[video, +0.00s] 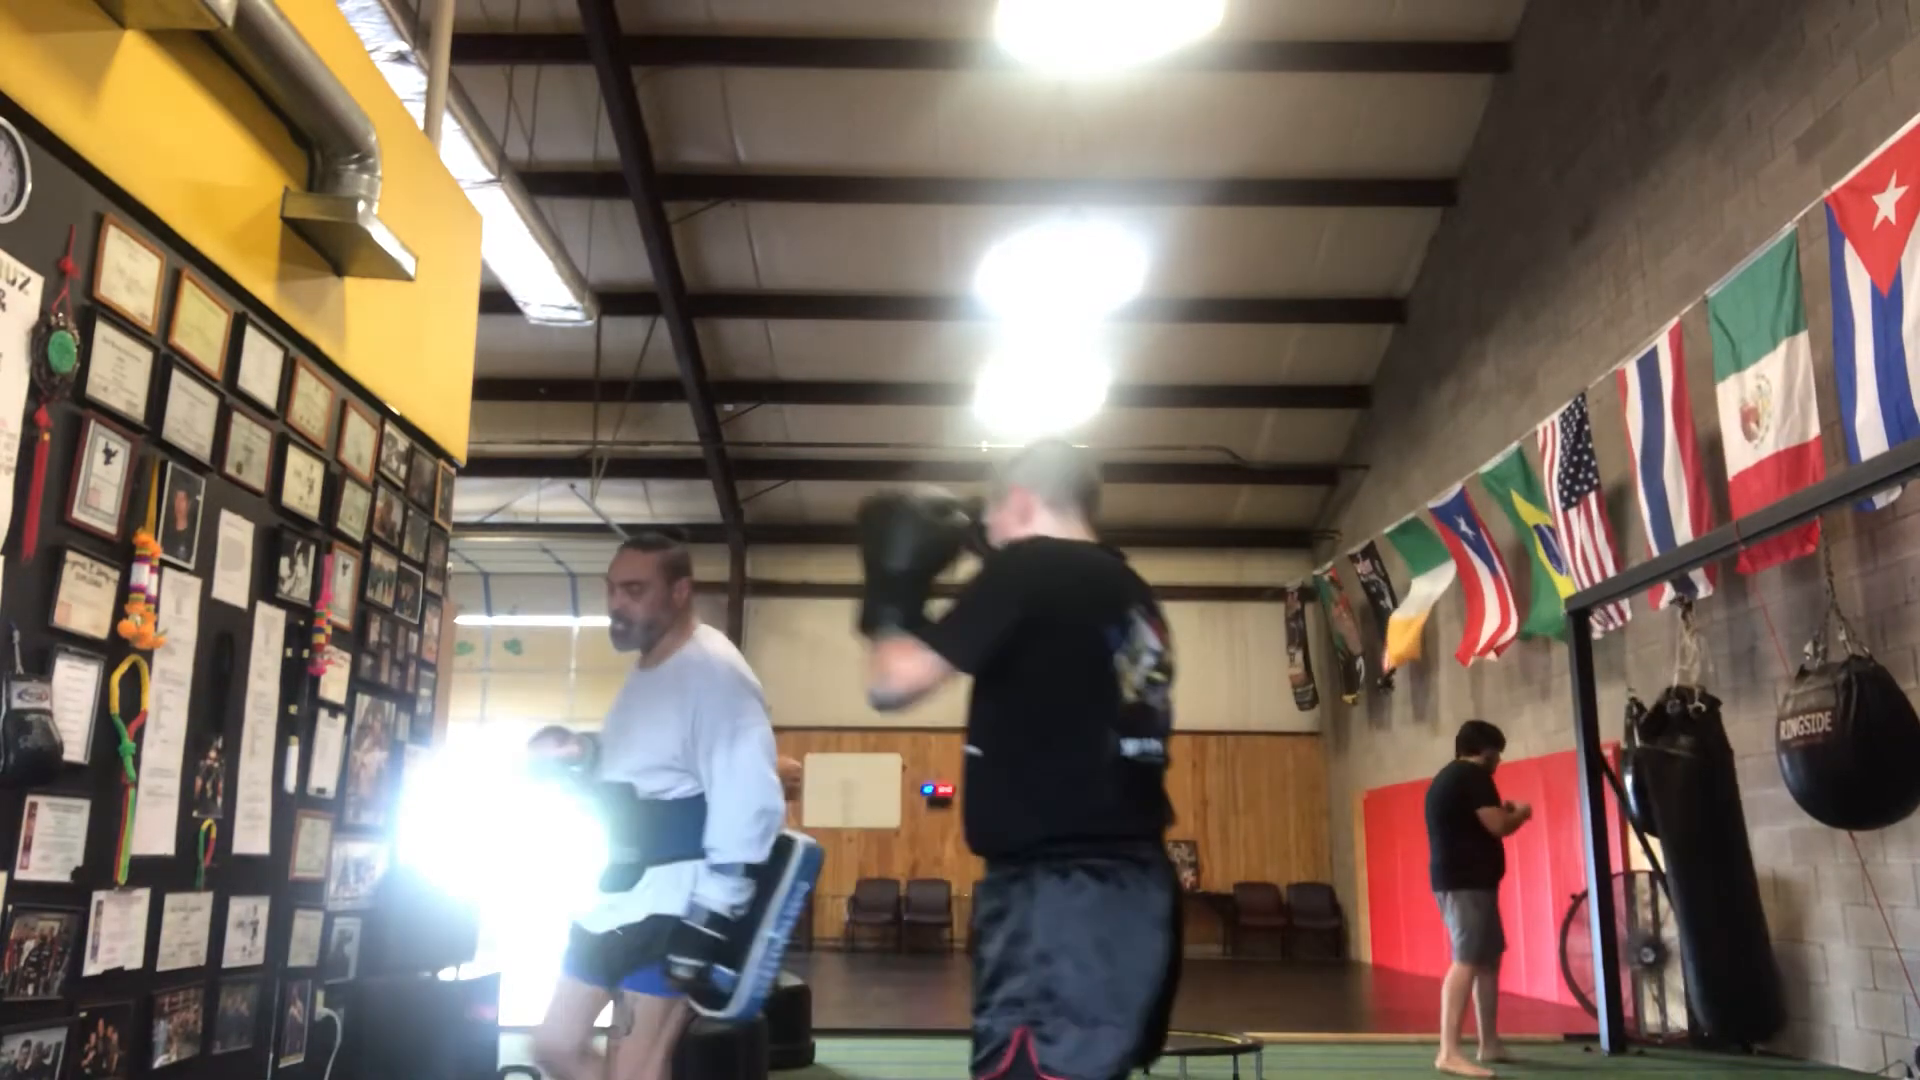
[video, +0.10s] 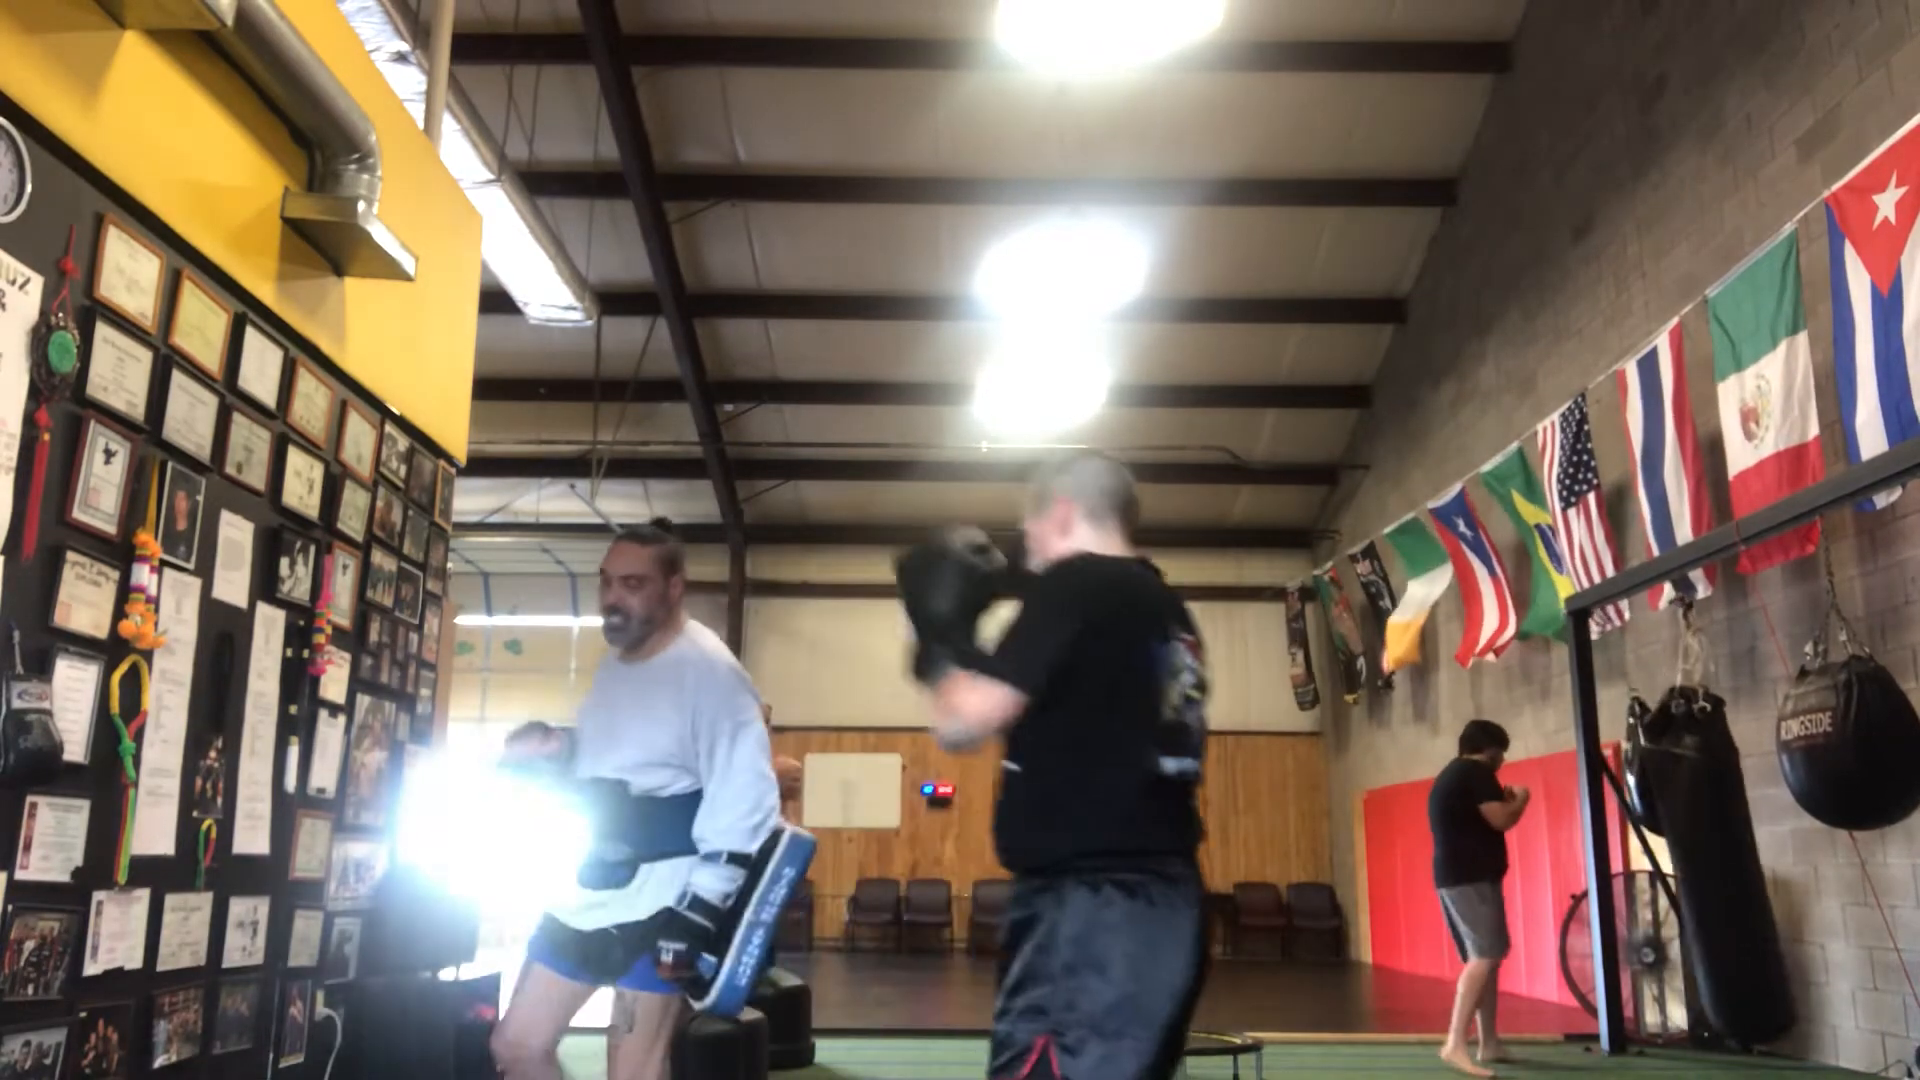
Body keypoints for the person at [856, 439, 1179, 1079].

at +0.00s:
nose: (986, 525)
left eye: (992, 505)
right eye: (988, 509)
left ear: (1023, 502)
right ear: (1081, 504)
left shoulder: (1029, 572)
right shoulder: (1127, 589)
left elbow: (893, 679)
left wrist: (892, 576)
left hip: (1055, 905)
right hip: (1130, 897)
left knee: (1027, 1067)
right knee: (1091, 1066)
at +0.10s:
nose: (1026, 535)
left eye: (1032, 520)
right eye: (1028, 521)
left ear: (1064, 514)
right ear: (1119, 519)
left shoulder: (1076, 588)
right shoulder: (1163, 603)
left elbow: (962, 717)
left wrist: (939, 628)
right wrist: (1015, 583)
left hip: (1088, 913)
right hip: (1159, 907)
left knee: (1042, 1066)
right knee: (1120, 1067)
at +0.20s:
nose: (1070, 565)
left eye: (1074, 545)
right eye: (1070, 548)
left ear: (1108, 534)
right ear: (1155, 537)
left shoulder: (1124, 606)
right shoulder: (1204, 620)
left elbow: (1053, 751)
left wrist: (992, 672)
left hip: (1127, 927)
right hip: (1194, 921)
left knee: (1076, 1066)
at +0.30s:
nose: (1113, 579)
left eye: (1117, 559)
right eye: (1114, 561)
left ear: (1151, 554)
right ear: (1194, 554)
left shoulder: (1175, 630)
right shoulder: (1242, 636)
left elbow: (1127, 782)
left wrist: (1048, 704)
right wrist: (1113, 652)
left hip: (1186, 944)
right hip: (1243, 937)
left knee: (1124, 1067)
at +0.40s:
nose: (1148, 594)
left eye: (1151, 575)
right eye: (1145, 579)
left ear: (1187, 564)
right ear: (1204, 561)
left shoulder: (1223, 633)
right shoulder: (1263, 635)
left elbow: (1191, 791)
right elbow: (1193, 772)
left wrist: (1107, 702)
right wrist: (1132, 694)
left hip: (1246, 944)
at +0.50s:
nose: (1168, 582)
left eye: (1172, 562)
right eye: (1167, 566)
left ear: (1214, 553)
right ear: (1220, 553)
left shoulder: (1266, 617)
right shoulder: (1256, 626)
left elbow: (1209, 764)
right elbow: (1179, 773)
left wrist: (1144, 669)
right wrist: (1133, 669)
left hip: (1300, 925)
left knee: (1248, 1064)